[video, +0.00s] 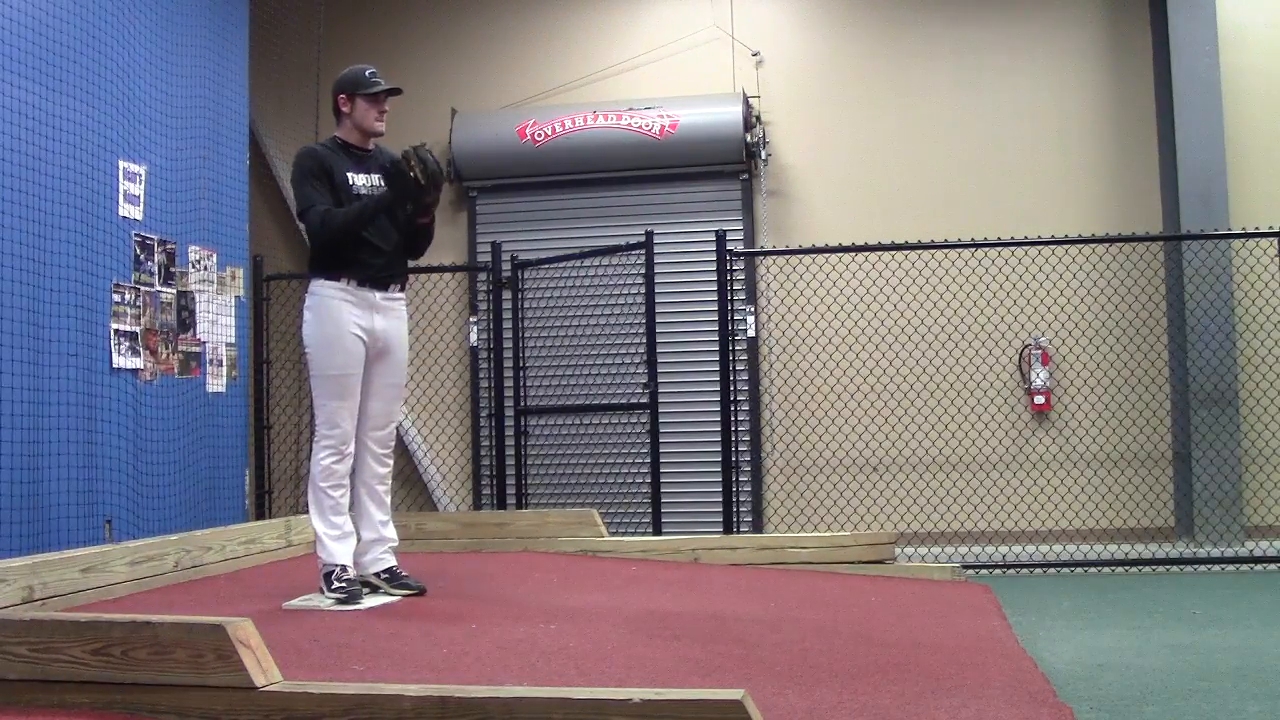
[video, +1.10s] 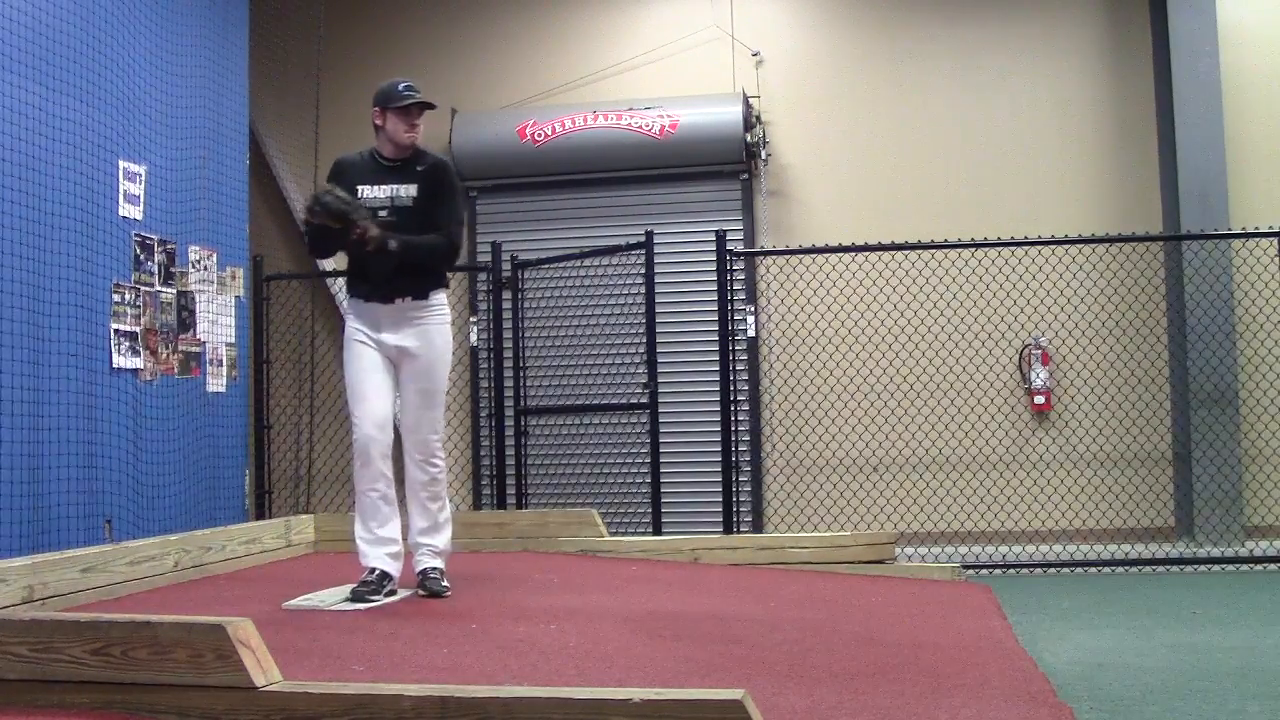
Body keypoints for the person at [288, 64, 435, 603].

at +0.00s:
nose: (384, 107)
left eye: (386, 100)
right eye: (374, 100)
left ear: (384, 107)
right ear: (345, 104)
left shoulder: (395, 168)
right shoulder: (315, 159)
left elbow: (414, 248)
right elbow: (322, 228)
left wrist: (426, 203)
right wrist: (388, 194)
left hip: (391, 310)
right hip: (336, 306)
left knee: (379, 442)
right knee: (336, 440)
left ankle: (377, 561)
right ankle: (335, 564)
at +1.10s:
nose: (415, 122)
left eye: (419, 114)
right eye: (405, 114)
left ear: (423, 120)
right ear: (378, 118)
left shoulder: (437, 171)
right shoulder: (347, 170)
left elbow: (450, 248)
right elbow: (320, 247)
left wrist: (388, 244)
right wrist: (325, 221)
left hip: (426, 320)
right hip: (365, 321)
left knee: (425, 442)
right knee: (369, 436)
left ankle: (431, 559)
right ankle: (379, 565)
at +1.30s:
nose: (395, 125)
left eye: (402, 116)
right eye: (385, 116)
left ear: (411, 121)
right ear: (365, 120)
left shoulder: (422, 166)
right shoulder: (341, 174)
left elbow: (421, 232)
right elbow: (308, 241)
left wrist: (345, 218)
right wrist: (297, 212)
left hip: (417, 311)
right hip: (360, 317)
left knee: (385, 410)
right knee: (361, 435)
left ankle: (415, 544)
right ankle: (379, 568)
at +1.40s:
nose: (391, 125)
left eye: (398, 117)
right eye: (381, 117)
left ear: (408, 121)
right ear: (362, 120)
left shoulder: (417, 163)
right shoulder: (340, 173)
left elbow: (413, 223)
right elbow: (296, 232)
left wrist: (338, 199)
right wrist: (303, 196)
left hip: (420, 298)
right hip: (365, 308)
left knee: (361, 362)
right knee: (368, 427)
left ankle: (379, 515)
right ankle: (381, 566)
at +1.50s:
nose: (385, 126)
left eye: (392, 117)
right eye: (375, 118)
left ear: (403, 120)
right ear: (357, 121)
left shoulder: (415, 159)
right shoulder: (341, 171)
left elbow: (408, 213)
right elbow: (287, 222)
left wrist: (335, 181)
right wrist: (298, 180)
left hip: (427, 294)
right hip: (369, 305)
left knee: (351, 297)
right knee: (369, 440)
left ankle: (351, 442)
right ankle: (380, 566)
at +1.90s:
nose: (395, 134)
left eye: (399, 125)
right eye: (384, 126)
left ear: (405, 128)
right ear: (357, 131)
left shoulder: (413, 168)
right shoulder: (338, 183)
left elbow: (427, 222)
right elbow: (281, 241)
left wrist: (352, 197)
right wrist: (309, 203)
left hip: (444, 305)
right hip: (387, 319)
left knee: (382, 364)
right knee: (364, 439)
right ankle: (375, 567)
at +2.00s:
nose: (395, 159)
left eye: (399, 150)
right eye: (384, 151)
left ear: (404, 153)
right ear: (357, 156)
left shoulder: (412, 195)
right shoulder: (340, 210)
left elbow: (437, 243)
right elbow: (293, 282)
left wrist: (364, 236)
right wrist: (317, 245)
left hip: (454, 331)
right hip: (397, 344)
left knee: (402, 401)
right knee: (363, 444)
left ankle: (403, 544)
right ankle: (376, 566)